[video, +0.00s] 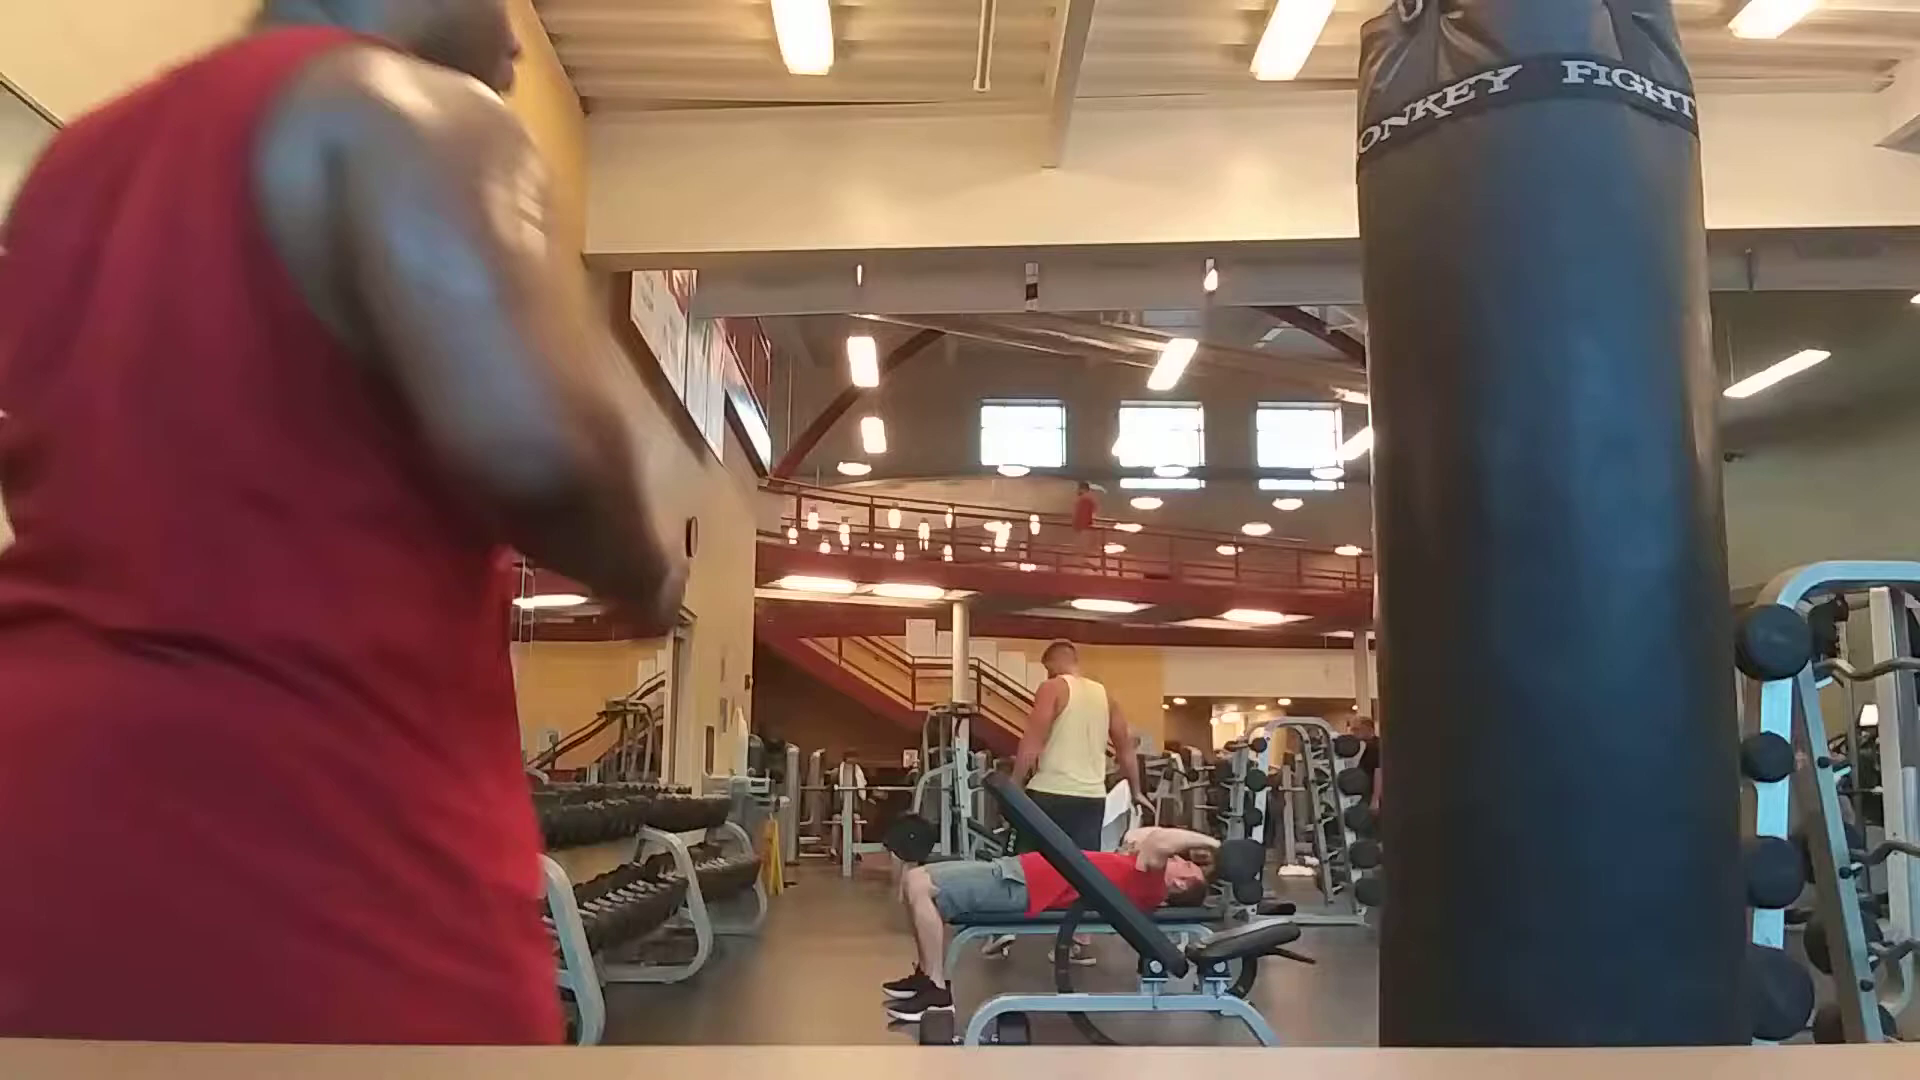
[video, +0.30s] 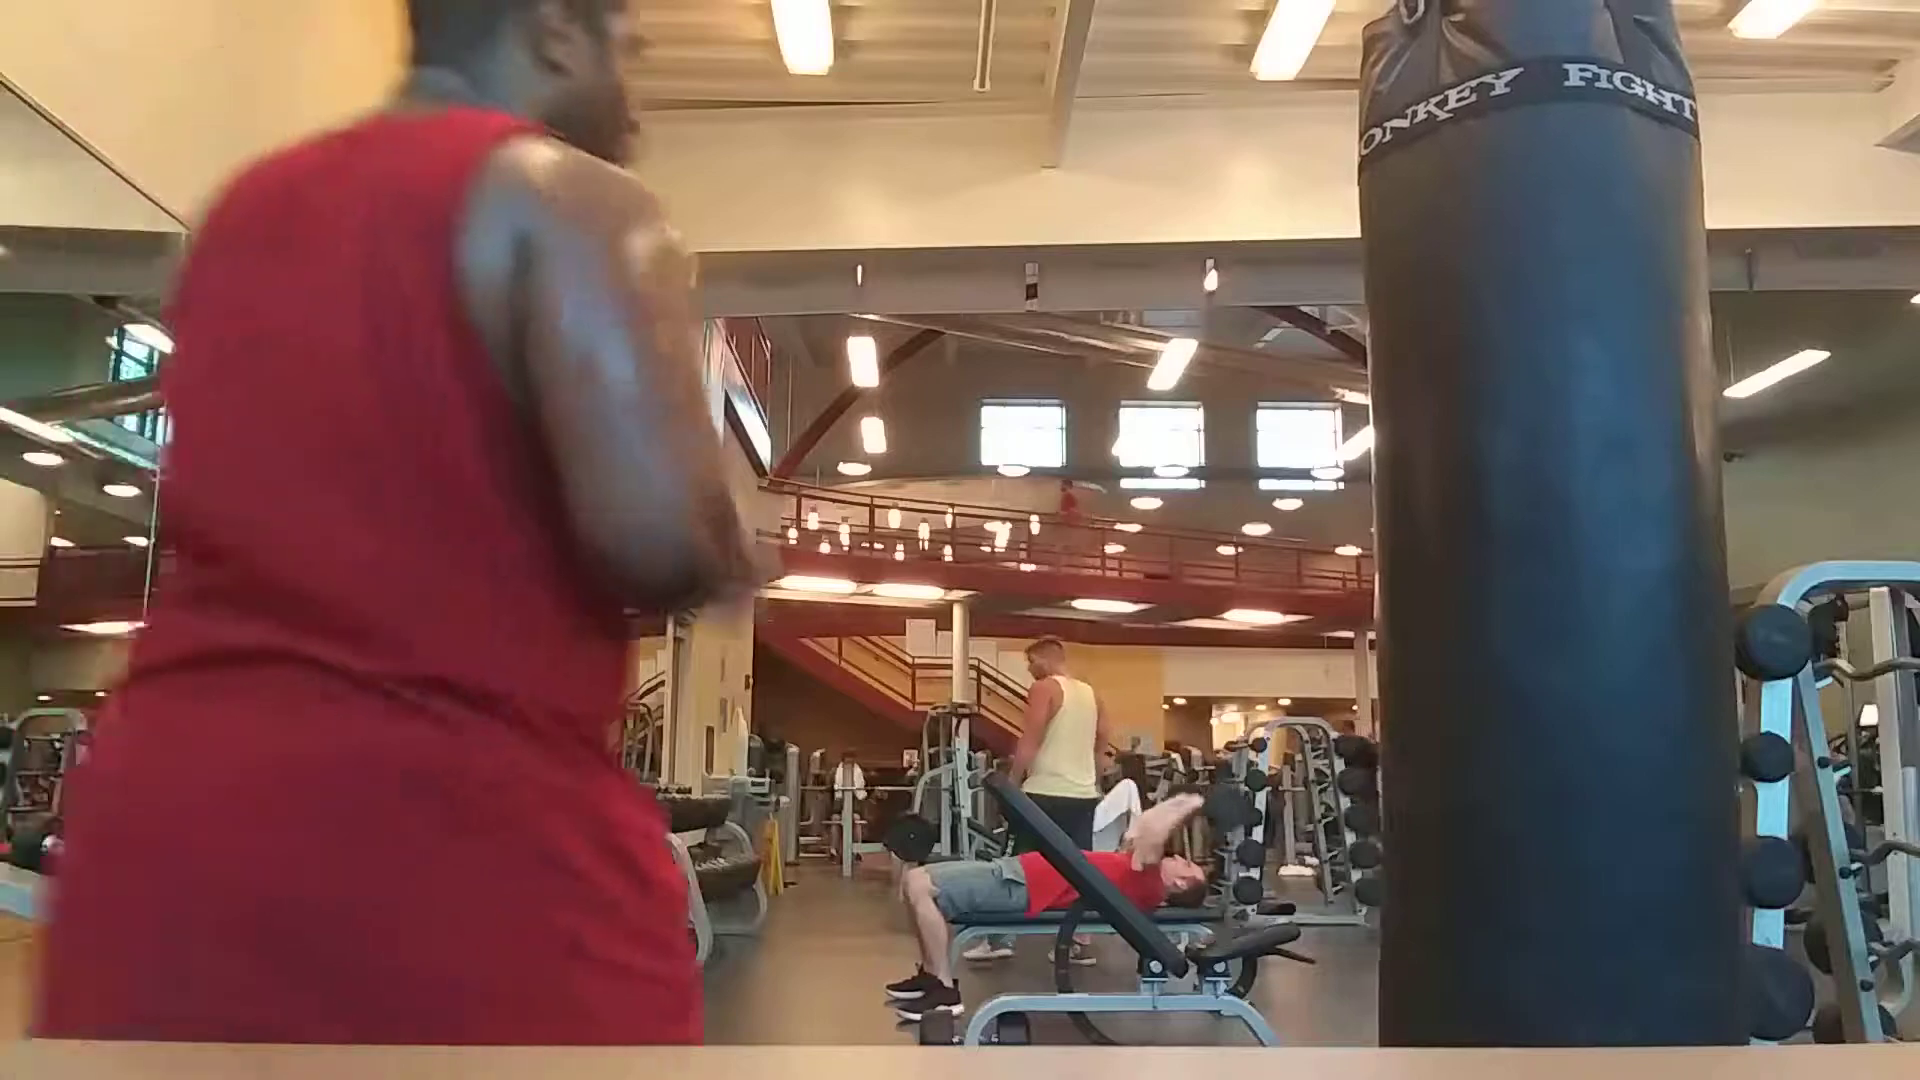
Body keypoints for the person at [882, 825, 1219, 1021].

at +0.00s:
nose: (1186, 864)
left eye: (1191, 872)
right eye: (1192, 863)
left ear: (1182, 885)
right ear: (1182, 861)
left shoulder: (1149, 887)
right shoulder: (1144, 871)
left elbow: (1156, 838)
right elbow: (1137, 837)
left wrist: (1212, 844)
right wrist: (1188, 839)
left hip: (1025, 884)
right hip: (1019, 869)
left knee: (921, 885)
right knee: (914, 875)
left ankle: (937, 990)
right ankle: (925, 975)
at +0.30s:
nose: (1183, 862)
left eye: (1188, 869)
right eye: (1189, 862)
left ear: (1179, 885)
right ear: (1176, 871)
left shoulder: (1146, 887)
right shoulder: (1138, 873)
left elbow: (1150, 830)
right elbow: (1142, 825)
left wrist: (1190, 802)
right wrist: (1180, 804)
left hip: (1022, 885)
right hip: (1016, 870)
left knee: (920, 884)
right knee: (914, 877)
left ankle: (945, 989)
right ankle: (929, 974)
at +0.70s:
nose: (1184, 862)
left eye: (1189, 871)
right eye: (1190, 863)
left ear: (1179, 886)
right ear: (1176, 867)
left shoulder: (1147, 886)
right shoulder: (1139, 866)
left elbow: (1156, 826)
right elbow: (1136, 822)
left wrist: (1163, 775)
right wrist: (1145, 770)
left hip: (1022, 888)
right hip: (1015, 870)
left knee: (920, 888)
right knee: (915, 878)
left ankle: (944, 988)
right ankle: (928, 975)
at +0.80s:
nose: (1183, 860)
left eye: (1188, 869)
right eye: (1188, 861)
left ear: (1178, 886)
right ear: (1174, 867)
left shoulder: (1146, 886)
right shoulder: (1137, 866)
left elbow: (1153, 828)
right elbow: (1132, 822)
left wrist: (1158, 778)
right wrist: (1138, 769)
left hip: (1021, 888)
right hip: (1014, 871)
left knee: (919, 888)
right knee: (914, 878)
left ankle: (944, 989)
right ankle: (929, 976)